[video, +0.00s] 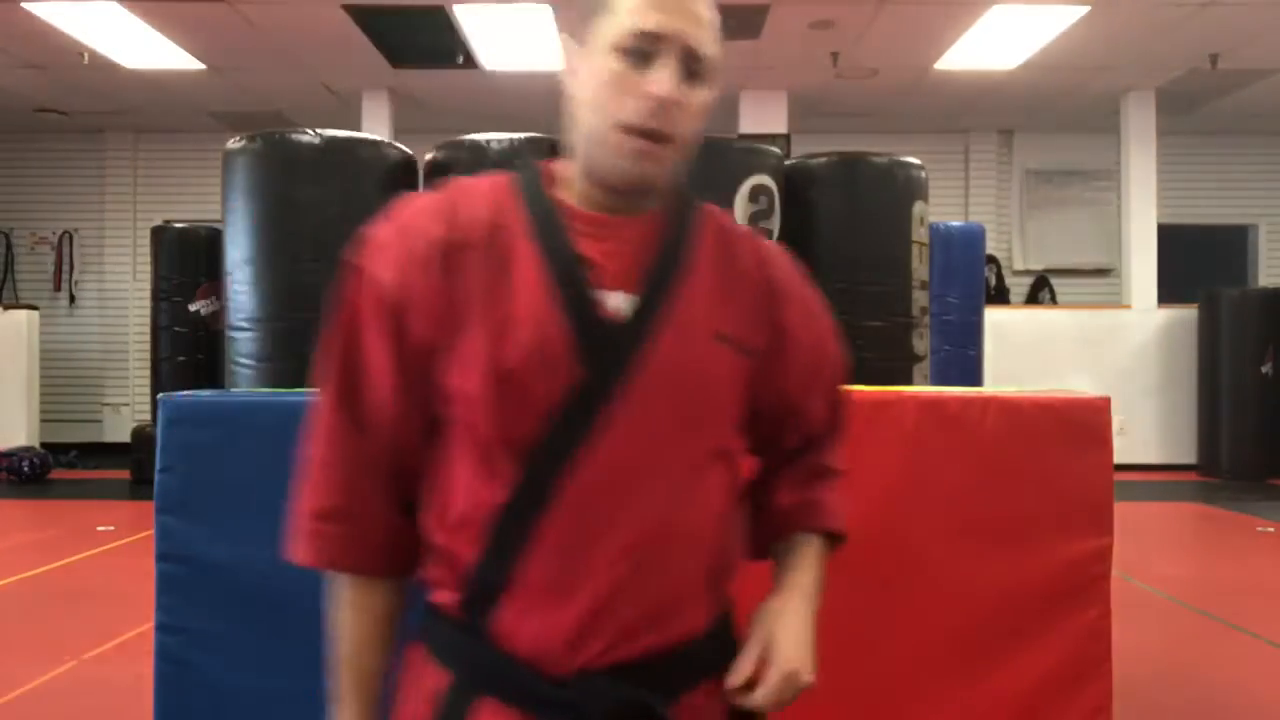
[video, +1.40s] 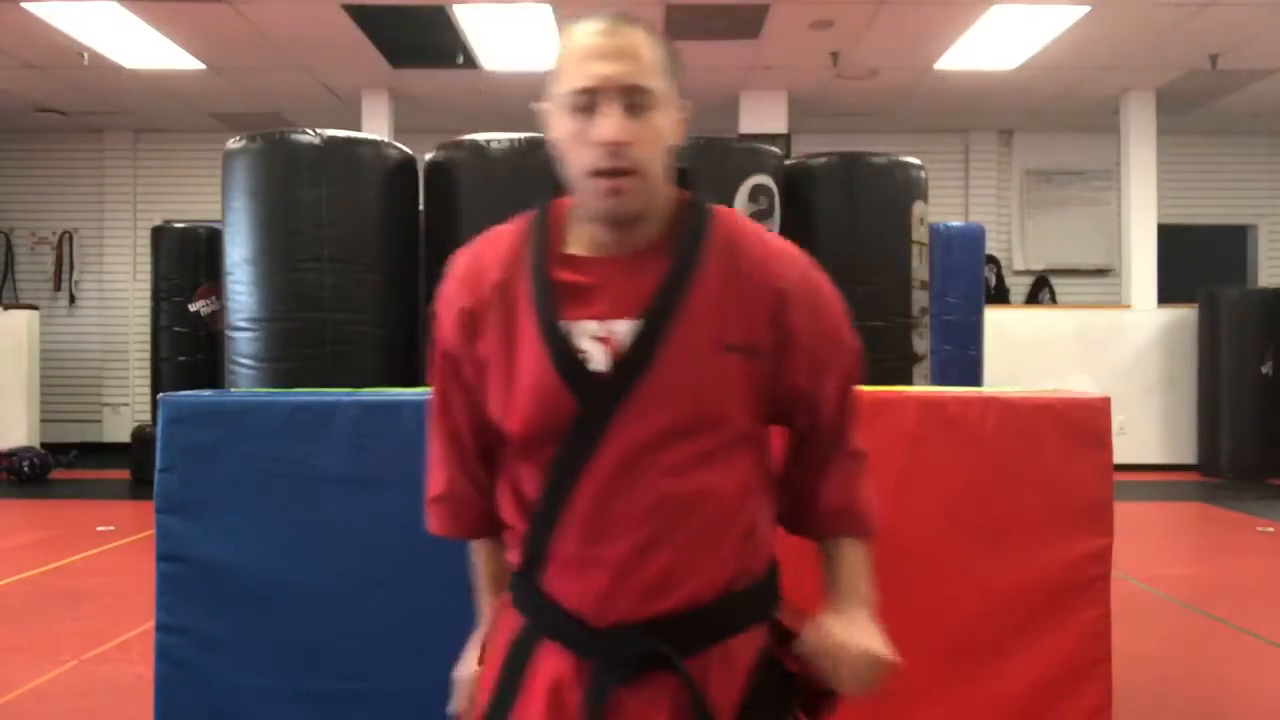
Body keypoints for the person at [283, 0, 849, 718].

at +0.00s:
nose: (665, 92)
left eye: (694, 71)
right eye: (639, 55)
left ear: (712, 103)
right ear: (572, 64)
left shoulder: (761, 282)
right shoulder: (425, 248)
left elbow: (806, 456)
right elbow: (362, 523)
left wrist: (797, 594)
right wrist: (354, 708)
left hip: (684, 695)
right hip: (473, 694)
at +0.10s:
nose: (710, 125)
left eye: (732, 91)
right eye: (677, 93)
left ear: (759, 105)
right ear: (617, 110)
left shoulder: (828, 288)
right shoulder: (495, 253)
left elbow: (870, 455)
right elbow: (426, 493)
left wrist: (841, 597)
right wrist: (415, 696)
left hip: (726, 697)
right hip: (525, 692)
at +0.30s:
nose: (702, 141)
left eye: (726, 94)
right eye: (664, 104)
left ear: (764, 90)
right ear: (615, 113)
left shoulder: (866, 243)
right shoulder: (526, 249)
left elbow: (947, 379)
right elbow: (468, 427)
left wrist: (907, 548)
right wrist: (461, 588)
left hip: (781, 678)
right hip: (585, 672)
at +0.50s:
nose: (599, 152)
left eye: (618, 105)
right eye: (563, 126)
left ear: (670, 88)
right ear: (537, 141)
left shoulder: (809, 218)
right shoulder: (510, 271)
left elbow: (947, 347)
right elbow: (493, 448)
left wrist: (903, 528)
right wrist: (467, 579)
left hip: (761, 673)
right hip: (575, 668)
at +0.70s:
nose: (493, 156)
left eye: (511, 116)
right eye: (464, 136)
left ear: (573, 112)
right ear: (449, 162)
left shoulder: (697, 232)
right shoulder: (457, 297)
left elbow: (868, 353)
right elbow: (453, 502)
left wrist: (807, 543)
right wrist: (398, 640)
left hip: (675, 670)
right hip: (517, 668)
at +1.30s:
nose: (539, 130)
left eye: (565, 101)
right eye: (513, 106)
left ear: (612, 115)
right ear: (482, 128)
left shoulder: (719, 267)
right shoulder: (436, 282)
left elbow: (782, 430)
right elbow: (434, 472)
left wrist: (795, 581)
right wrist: (456, 631)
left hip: (683, 663)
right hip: (513, 660)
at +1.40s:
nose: (611, 133)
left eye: (636, 105)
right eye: (584, 107)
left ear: (680, 120)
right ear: (547, 125)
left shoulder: (772, 279)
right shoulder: (481, 280)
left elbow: (831, 447)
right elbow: (474, 472)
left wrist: (852, 605)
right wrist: (492, 628)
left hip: (720, 671)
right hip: (545, 668)